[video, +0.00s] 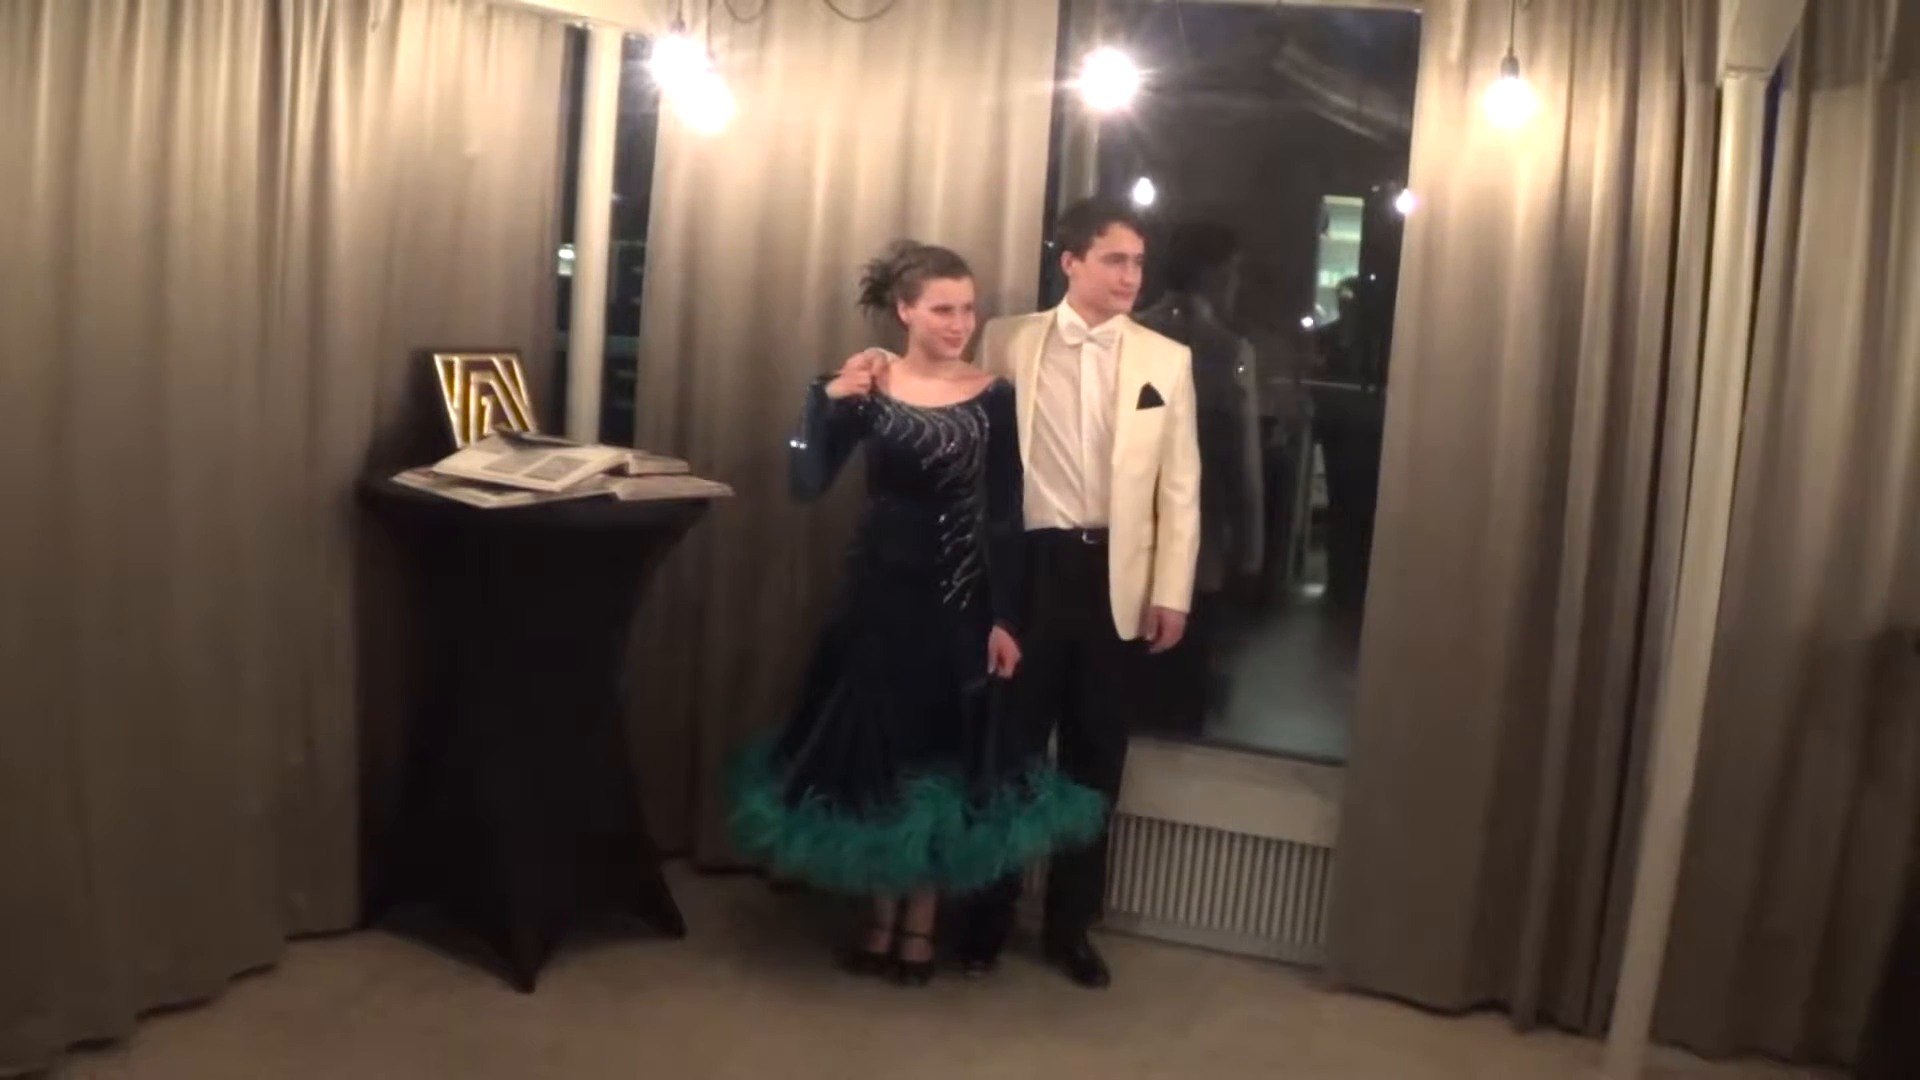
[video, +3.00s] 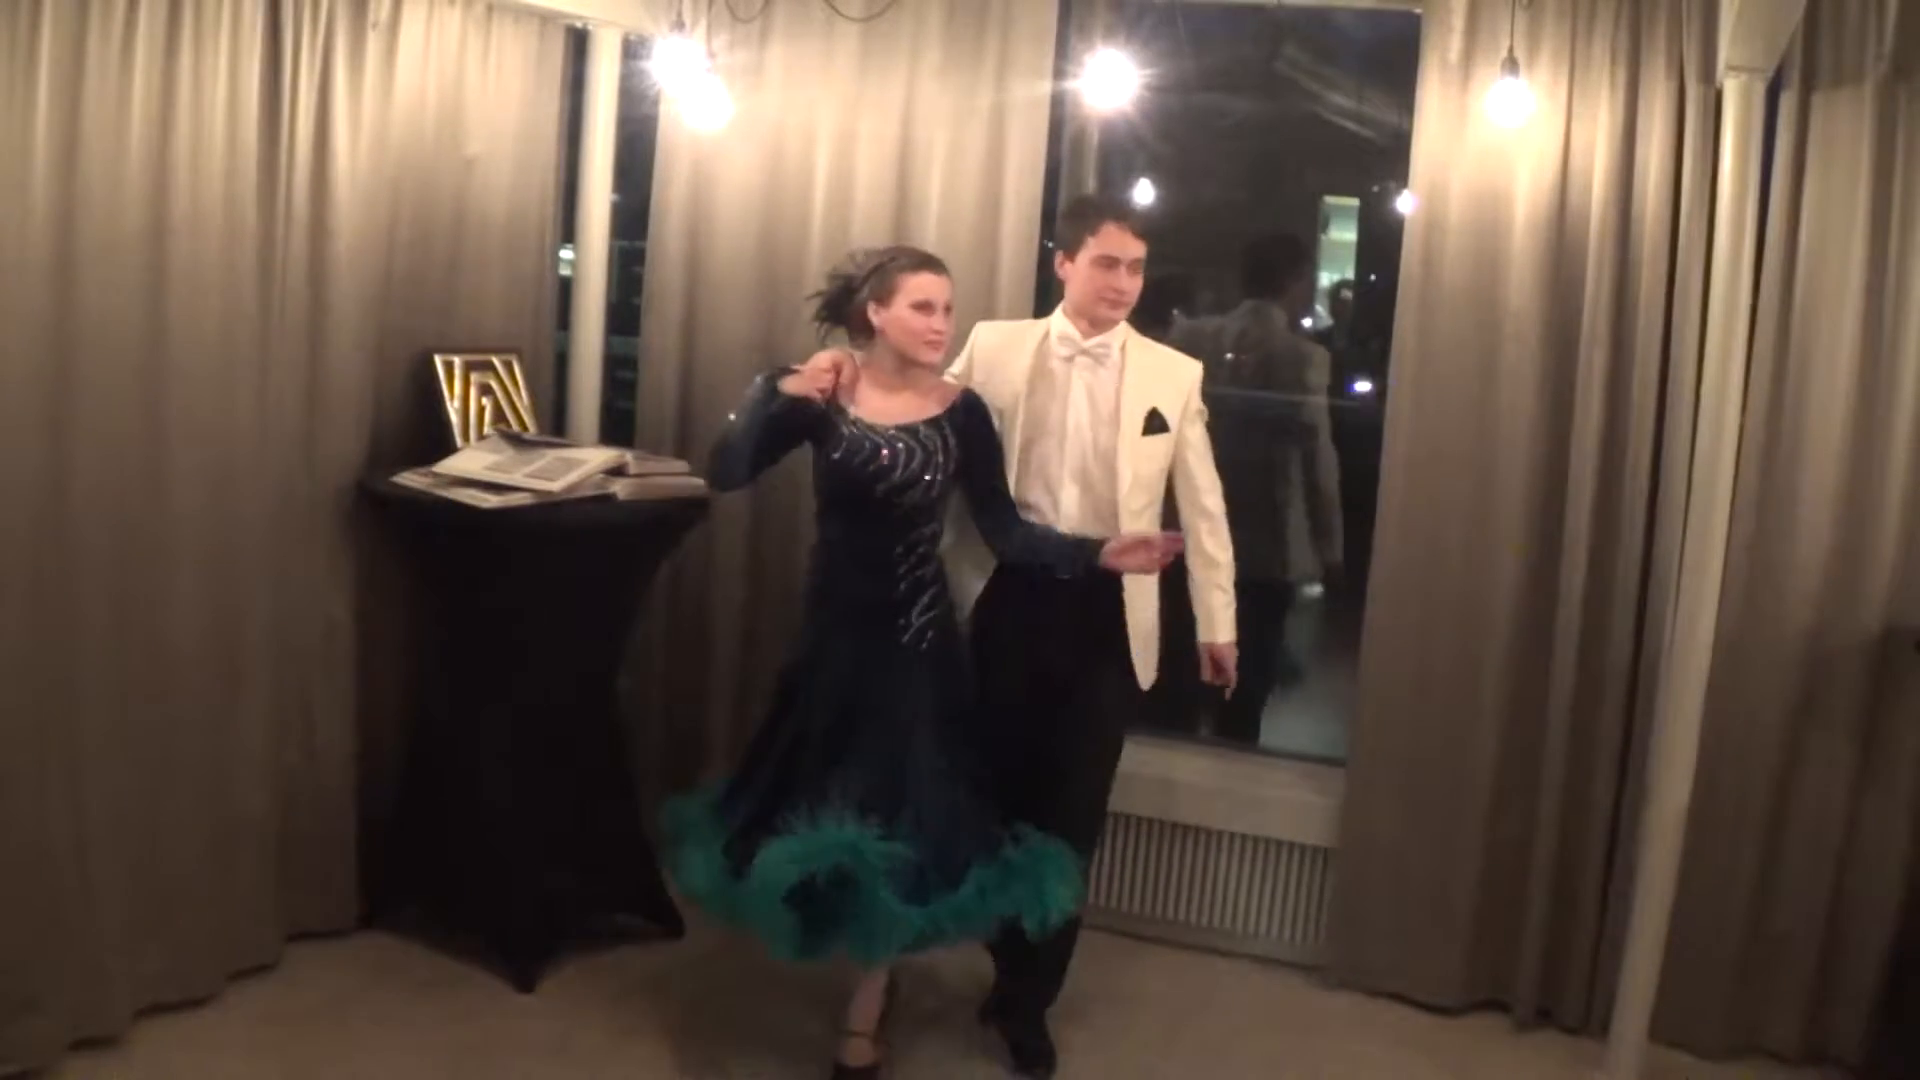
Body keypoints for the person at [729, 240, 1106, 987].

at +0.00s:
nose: (958, 323)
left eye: (967, 309)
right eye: (941, 309)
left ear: (979, 314)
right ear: (902, 312)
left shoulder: (992, 398)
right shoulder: (871, 385)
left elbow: (1005, 515)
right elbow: (808, 480)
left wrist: (1005, 617)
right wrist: (831, 396)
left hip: (960, 594)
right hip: (884, 587)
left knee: (939, 748)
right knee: (879, 743)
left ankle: (923, 906)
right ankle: (880, 905)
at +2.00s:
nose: (937, 354)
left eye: (941, 334)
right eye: (917, 346)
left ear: (953, 322)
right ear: (888, 351)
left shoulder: (992, 407)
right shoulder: (875, 408)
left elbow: (1011, 519)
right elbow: (809, 494)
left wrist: (972, 520)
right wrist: (825, 416)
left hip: (964, 610)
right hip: (889, 603)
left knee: (936, 759)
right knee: (869, 755)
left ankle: (915, 920)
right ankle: (872, 951)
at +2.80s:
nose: (933, 323)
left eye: (940, 309)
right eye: (915, 309)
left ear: (948, 317)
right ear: (869, 317)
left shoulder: (968, 407)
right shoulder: (837, 393)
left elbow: (991, 525)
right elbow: (747, 479)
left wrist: (1055, 607)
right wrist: (788, 400)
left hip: (933, 617)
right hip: (850, 611)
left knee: (917, 793)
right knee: (848, 785)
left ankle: (883, 985)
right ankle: (878, 954)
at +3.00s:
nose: (942, 324)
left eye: (948, 310)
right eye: (924, 308)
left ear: (953, 320)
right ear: (872, 316)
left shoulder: (962, 412)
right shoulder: (827, 400)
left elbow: (1005, 532)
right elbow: (726, 471)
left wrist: (1105, 551)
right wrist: (782, 389)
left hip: (924, 626)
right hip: (842, 620)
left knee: (905, 799)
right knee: (846, 790)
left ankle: (870, 985)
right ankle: (872, 965)